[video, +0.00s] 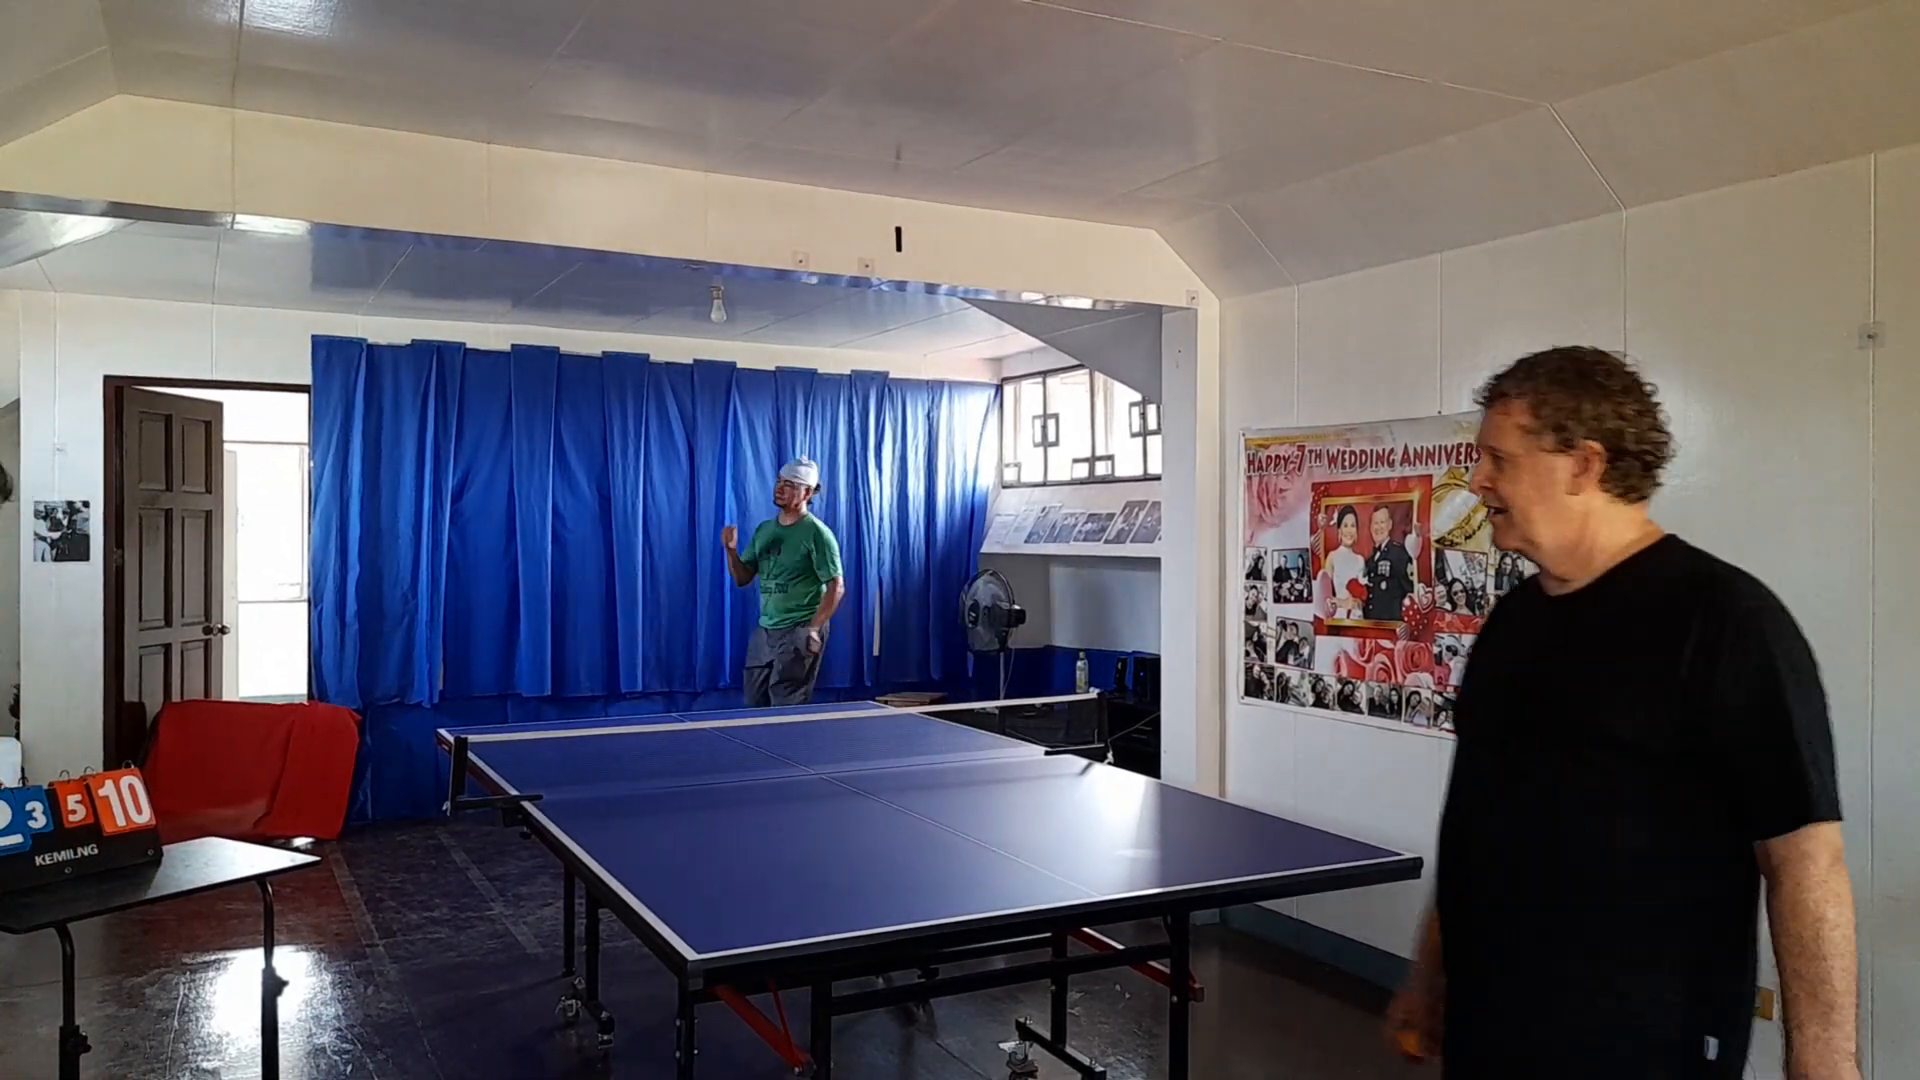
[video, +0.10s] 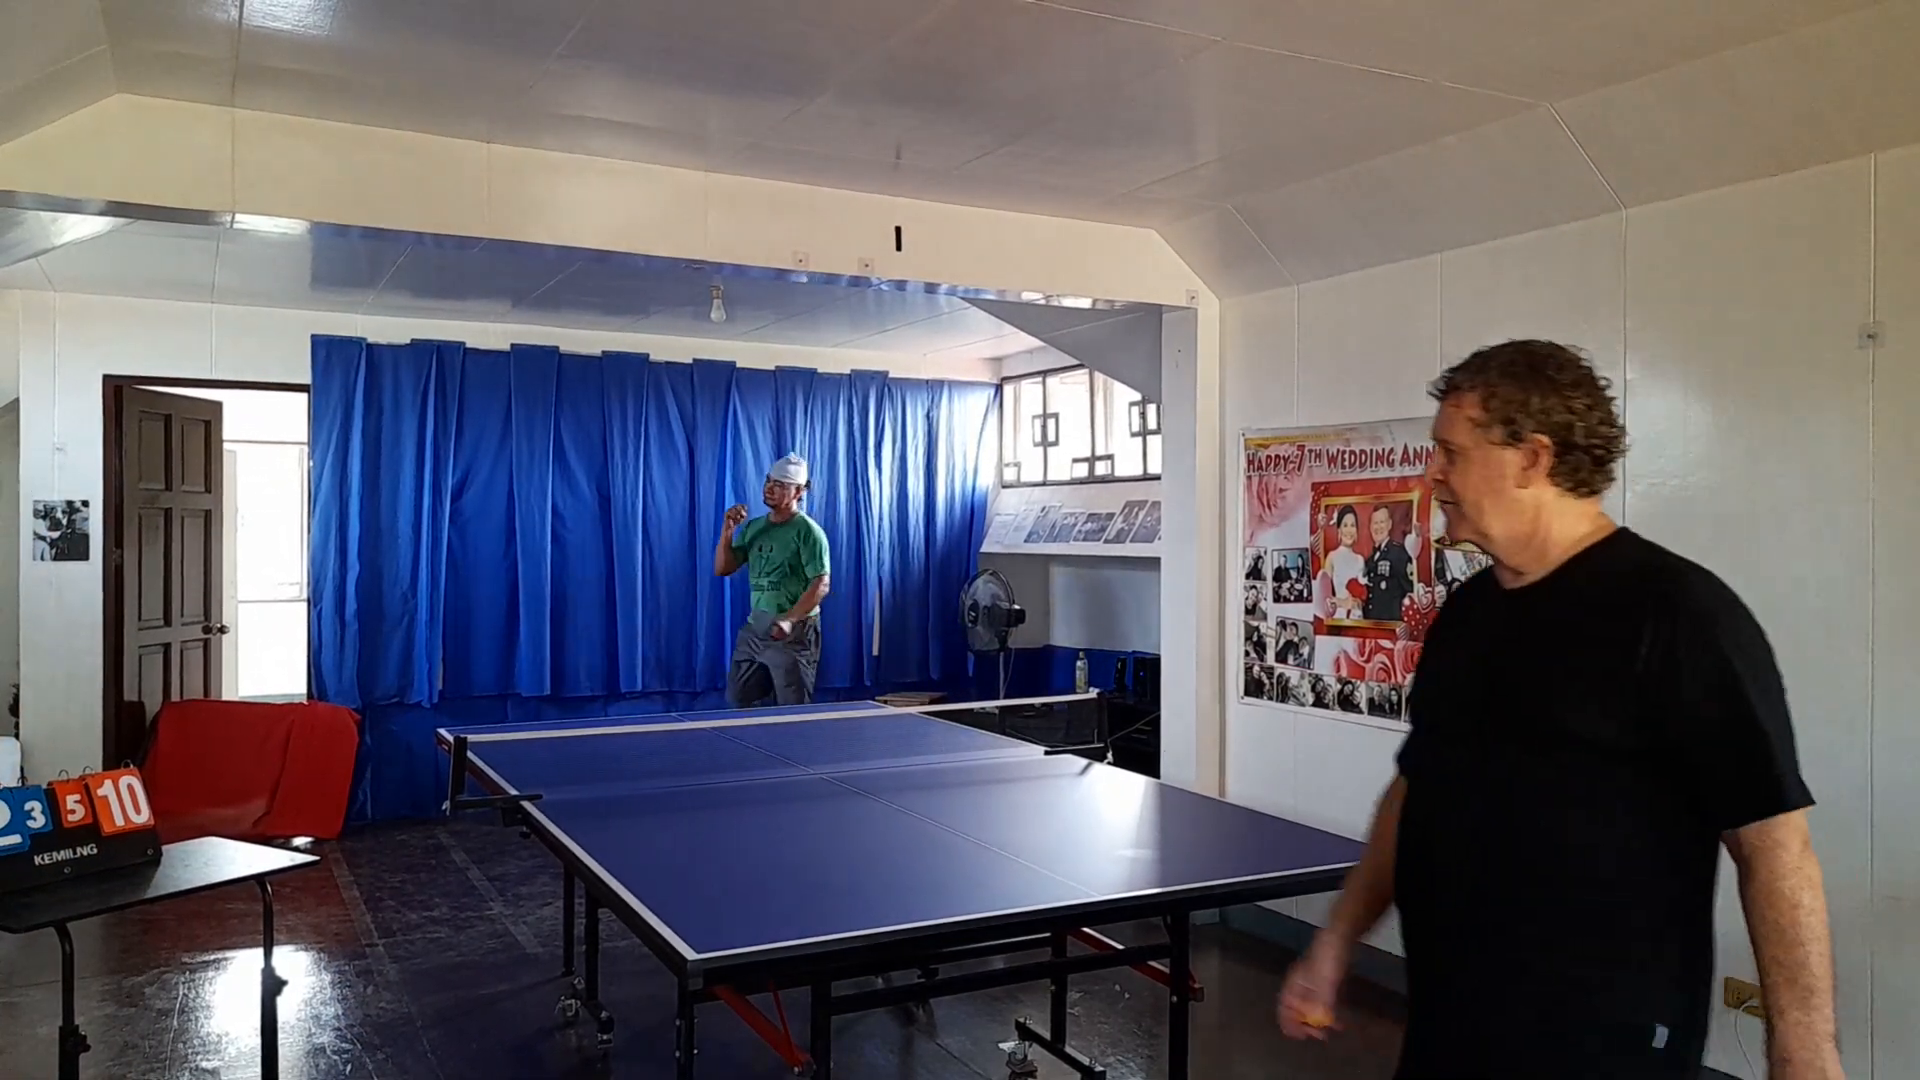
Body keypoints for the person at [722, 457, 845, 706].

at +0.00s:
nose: (780, 488)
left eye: (790, 485)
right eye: (779, 481)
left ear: (807, 494)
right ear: (775, 483)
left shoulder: (818, 534)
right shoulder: (765, 530)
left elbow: (836, 586)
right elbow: (742, 578)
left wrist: (814, 628)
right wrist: (730, 550)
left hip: (800, 633)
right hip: (765, 633)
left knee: (785, 706)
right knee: (754, 703)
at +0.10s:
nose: (770, 488)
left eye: (780, 485)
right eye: (769, 482)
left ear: (798, 492)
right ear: (765, 484)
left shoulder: (809, 532)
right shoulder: (753, 527)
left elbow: (821, 585)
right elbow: (723, 568)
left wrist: (789, 620)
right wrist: (727, 531)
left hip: (793, 635)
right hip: (755, 630)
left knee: (793, 714)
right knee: (738, 702)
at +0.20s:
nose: (761, 494)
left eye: (770, 489)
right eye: (758, 486)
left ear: (787, 495)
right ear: (753, 488)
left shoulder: (798, 535)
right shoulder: (744, 530)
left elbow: (805, 589)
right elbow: (707, 564)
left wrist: (763, 616)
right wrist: (725, 521)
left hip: (783, 638)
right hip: (743, 637)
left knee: (794, 719)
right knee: (729, 716)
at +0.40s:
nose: (733, 499)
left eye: (741, 494)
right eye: (729, 492)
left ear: (759, 497)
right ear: (724, 493)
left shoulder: (771, 539)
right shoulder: (715, 533)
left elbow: (772, 597)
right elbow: (678, 564)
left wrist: (732, 634)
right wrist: (704, 521)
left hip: (756, 646)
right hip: (712, 645)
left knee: (761, 727)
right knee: (704, 728)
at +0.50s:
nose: (718, 497)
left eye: (727, 492)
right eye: (714, 490)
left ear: (745, 496)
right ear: (708, 492)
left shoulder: (756, 540)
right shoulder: (697, 535)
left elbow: (760, 602)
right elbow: (659, 568)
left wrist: (740, 651)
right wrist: (688, 531)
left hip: (736, 647)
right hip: (693, 643)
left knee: (741, 725)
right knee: (686, 721)